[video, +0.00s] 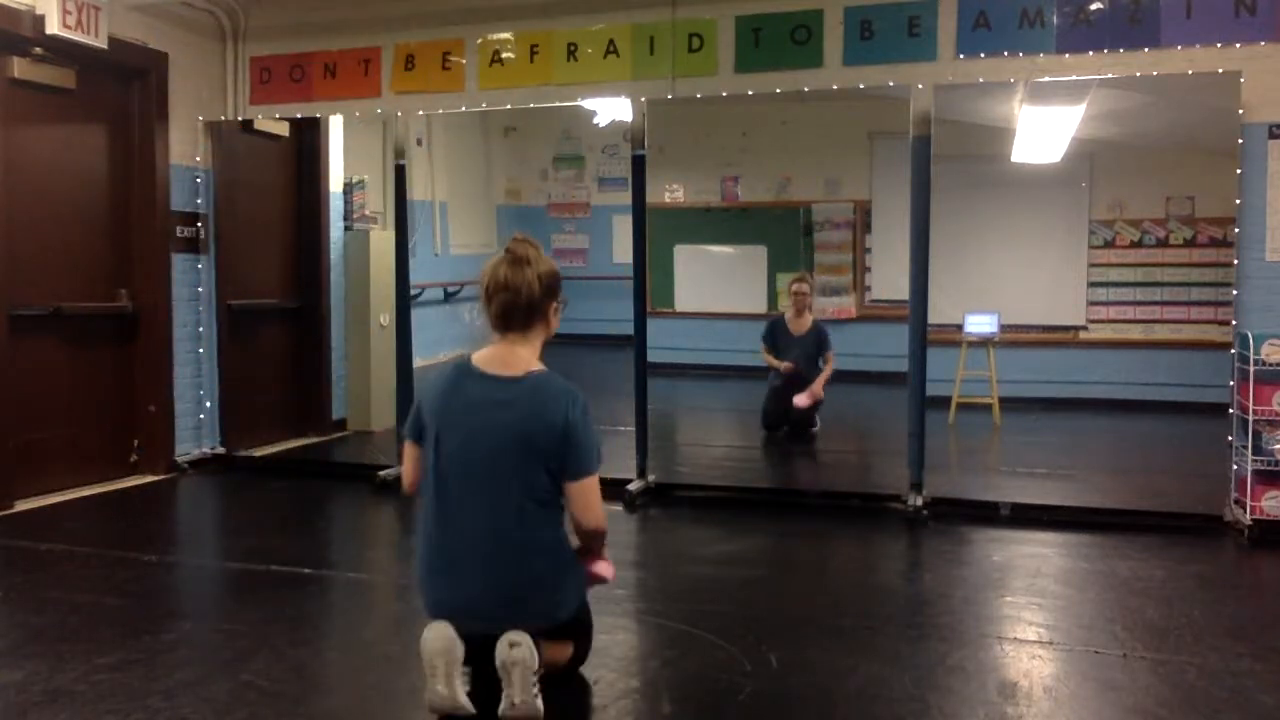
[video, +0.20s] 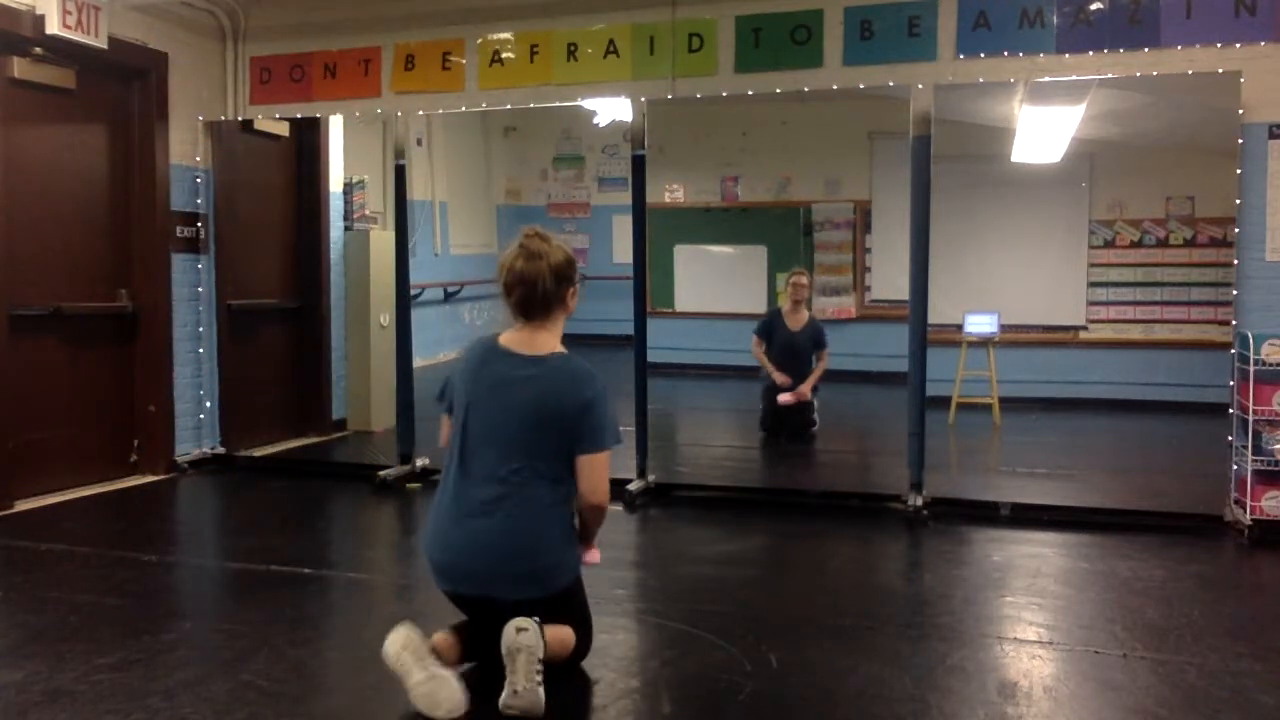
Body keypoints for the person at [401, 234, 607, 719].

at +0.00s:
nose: (559, 317)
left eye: (557, 306)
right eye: (559, 307)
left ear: (488, 307)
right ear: (551, 313)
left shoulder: (436, 386)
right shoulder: (562, 400)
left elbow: (409, 481)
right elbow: (590, 520)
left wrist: (460, 468)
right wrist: (591, 553)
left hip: (448, 584)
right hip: (532, 583)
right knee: (574, 639)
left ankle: (451, 651)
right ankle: (534, 655)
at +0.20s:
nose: (578, 293)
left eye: (576, 284)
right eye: (577, 285)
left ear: (509, 292)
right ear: (569, 296)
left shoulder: (473, 359)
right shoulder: (580, 381)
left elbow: (448, 443)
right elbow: (594, 496)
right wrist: (585, 538)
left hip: (453, 543)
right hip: (533, 549)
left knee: (491, 625)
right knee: (577, 634)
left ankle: (430, 651)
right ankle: (535, 638)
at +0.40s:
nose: (591, 320)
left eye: (589, 311)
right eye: (590, 312)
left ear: (526, 315)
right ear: (583, 320)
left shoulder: (492, 376)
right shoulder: (587, 398)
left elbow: (483, 468)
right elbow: (602, 512)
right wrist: (581, 551)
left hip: (447, 549)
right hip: (525, 556)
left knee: (493, 626)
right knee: (570, 635)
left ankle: (443, 662)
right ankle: (520, 678)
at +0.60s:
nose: (599, 385)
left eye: (597, 374)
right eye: (598, 377)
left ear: (534, 377)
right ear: (592, 384)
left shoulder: (497, 428)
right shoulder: (588, 453)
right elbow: (606, 571)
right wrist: (600, 594)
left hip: (432, 593)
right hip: (514, 596)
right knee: (578, 632)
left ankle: (441, 659)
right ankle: (506, 675)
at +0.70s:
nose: (610, 426)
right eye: (610, 419)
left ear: (546, 415)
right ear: (602, 425)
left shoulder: (502, 455)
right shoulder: (589, 486)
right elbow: (600, 609)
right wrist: (603, 634)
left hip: (425, 603)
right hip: (511, 606)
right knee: (589, 641)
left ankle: (440, 667)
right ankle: (506, 679)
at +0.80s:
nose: (621, 458)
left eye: (623, 450)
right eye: (622, 451)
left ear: (562, 439)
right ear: (615, 455)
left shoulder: (507, 470)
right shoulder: (587, 501)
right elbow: (603, 628)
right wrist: (621, 632)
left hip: (423, 600)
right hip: (510, 602)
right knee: (577, 636)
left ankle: (436, 663)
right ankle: (520, 669)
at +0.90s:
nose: (634, 482)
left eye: (637, 473)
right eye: (636, 473)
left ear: (580, 453)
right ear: (626, 476)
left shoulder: (521, 478)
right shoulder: (587, 507)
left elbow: (569, 583)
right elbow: (626, 630)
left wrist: (631, 605)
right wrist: (657, 618)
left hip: (422, 588)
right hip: (509, 591)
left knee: (489, 652)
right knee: (573, 637)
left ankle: (438, 663)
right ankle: (522, 667)